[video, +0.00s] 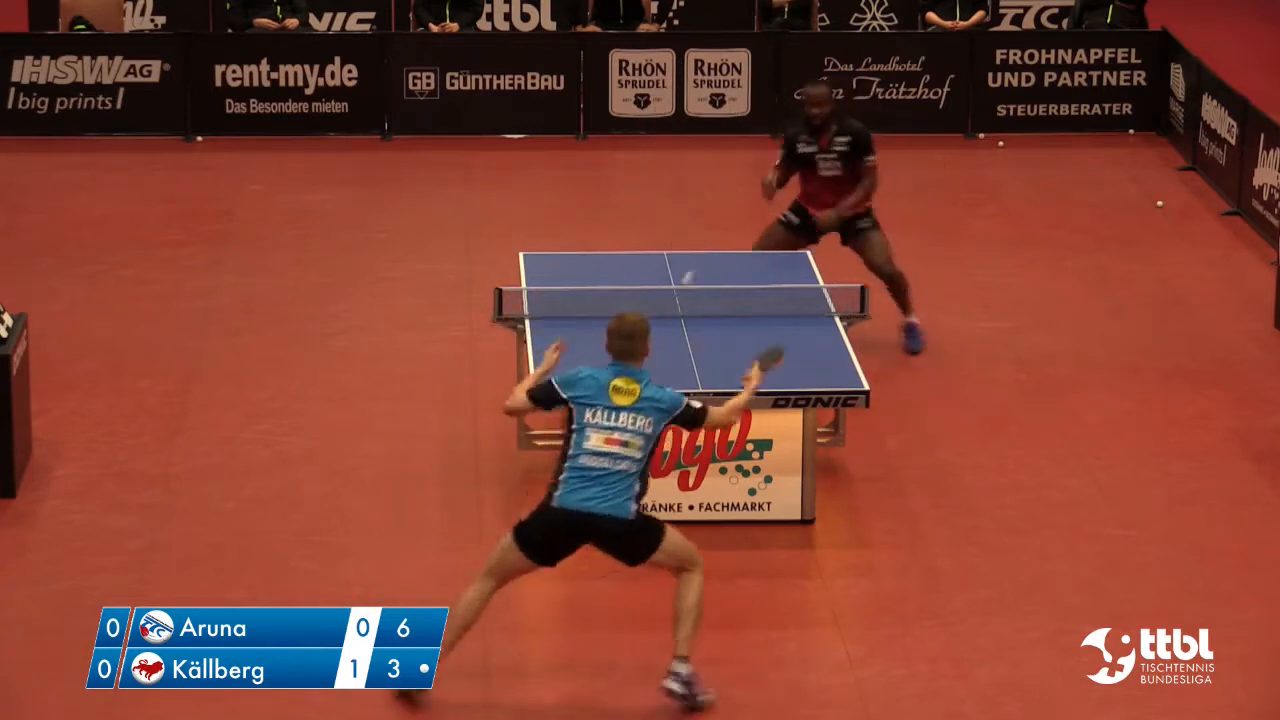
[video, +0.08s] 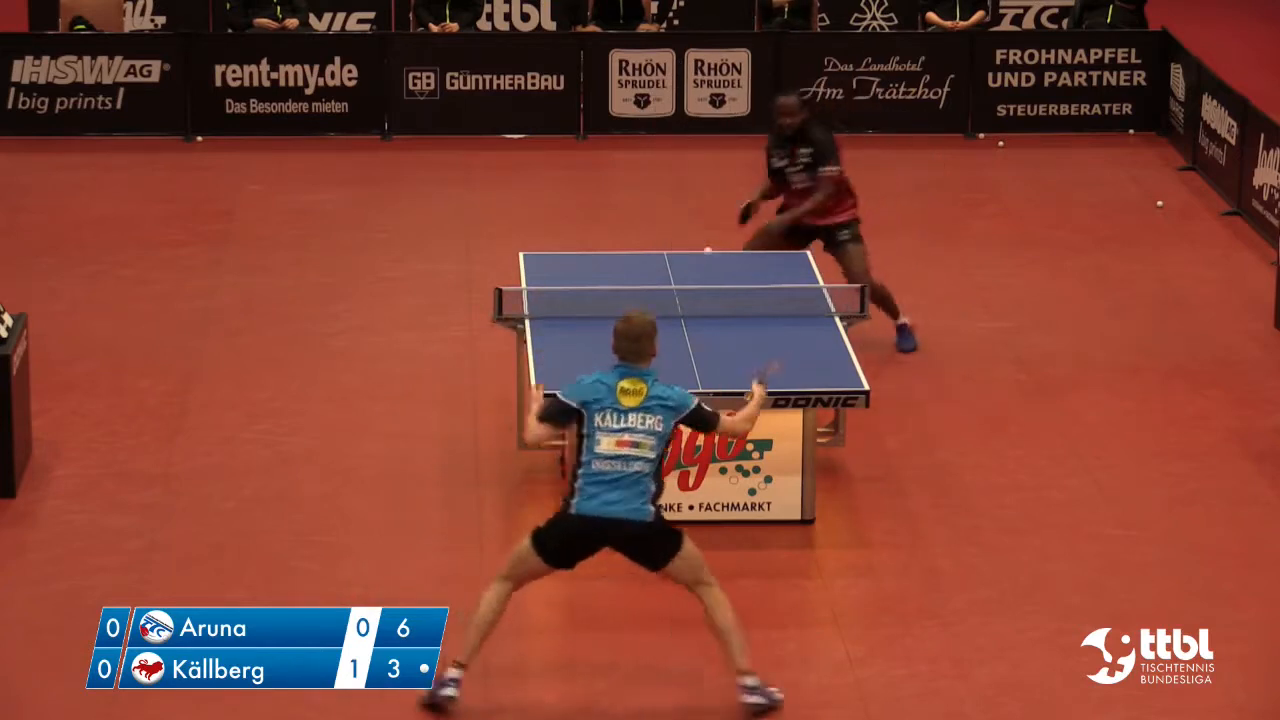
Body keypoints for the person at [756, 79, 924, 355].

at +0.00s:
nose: (815, 111)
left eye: (821, 105)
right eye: (810, 105)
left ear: (833, 104)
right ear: (803, 106)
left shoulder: (855, 133)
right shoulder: (796, 135)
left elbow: (869, 183)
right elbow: (785, 170)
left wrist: (838, 212)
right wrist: (773, 180)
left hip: (853, 213)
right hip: (807, 211)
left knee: (887, 270)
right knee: (760, 255)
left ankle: (910, 320)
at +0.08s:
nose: (786, 121)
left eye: (791, 115)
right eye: (781, 115)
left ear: (804, 114)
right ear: (775, 117)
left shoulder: (819, 137)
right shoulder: (775, 144)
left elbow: (827, 191)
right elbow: (777, 185)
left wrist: (787, 218)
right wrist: (756, 201)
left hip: (838, 219)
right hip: (798, 219)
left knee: (861, 280)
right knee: (753, 252)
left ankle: (901, 324)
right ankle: (751, 319)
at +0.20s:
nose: (760, 137)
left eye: (766, 131)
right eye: (756, 131)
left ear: (780, 127)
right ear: (754, 131)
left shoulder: (790, 153)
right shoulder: (769, 150)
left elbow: (770, 201)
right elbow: (786, 198)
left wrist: (728, 229)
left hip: (823, 233)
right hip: (785, 226)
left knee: (843, 302)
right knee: (731, 252)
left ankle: (913, 309)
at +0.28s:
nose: (767, 133)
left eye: (773, 127)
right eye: (764, 128)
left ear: (787, 124)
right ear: (765, 126)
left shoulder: (792, 148)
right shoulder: (803, 138)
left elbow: (772, 192)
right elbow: (834, 166)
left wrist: (735, 220)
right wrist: (805, 190)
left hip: (827, 236)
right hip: (793, 228)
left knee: (845, 307)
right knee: (740, 252)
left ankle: (918, 315)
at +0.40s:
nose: (800, 106)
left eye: (805, 101)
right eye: (799, 101)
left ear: (823, 100)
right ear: (808, 102)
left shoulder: (842, 128)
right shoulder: (817, 125)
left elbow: (829, 175)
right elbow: (815, 157)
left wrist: (790, 200)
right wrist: (789, 154)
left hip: (844, 219)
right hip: (810, 213)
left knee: (863, 293)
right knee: (763, 262)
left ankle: (931, 317)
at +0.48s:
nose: (835, 103)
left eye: (840, 98)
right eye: (834, 97)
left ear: (859, 99)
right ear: (836, 98)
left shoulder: (877, 134)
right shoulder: (835, 121)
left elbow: (862, 166)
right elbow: (809, 119)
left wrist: (841, 151)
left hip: (854, 213)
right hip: (817, 202)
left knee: (872, 280)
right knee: (763, 249)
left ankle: (933, 317)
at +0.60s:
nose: (875, 112)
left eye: (882, 106)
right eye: (872, 105)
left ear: (897, 107)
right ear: (867, 100)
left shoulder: (903, 139)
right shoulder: (856, 110)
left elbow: (933, 141)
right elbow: (840, 63)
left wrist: (949, 101)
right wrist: (884, 63)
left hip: (861, 211)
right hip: (820, 197)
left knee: (885, 276)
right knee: (773, 247)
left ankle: (937, 324)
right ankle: (773, 318)